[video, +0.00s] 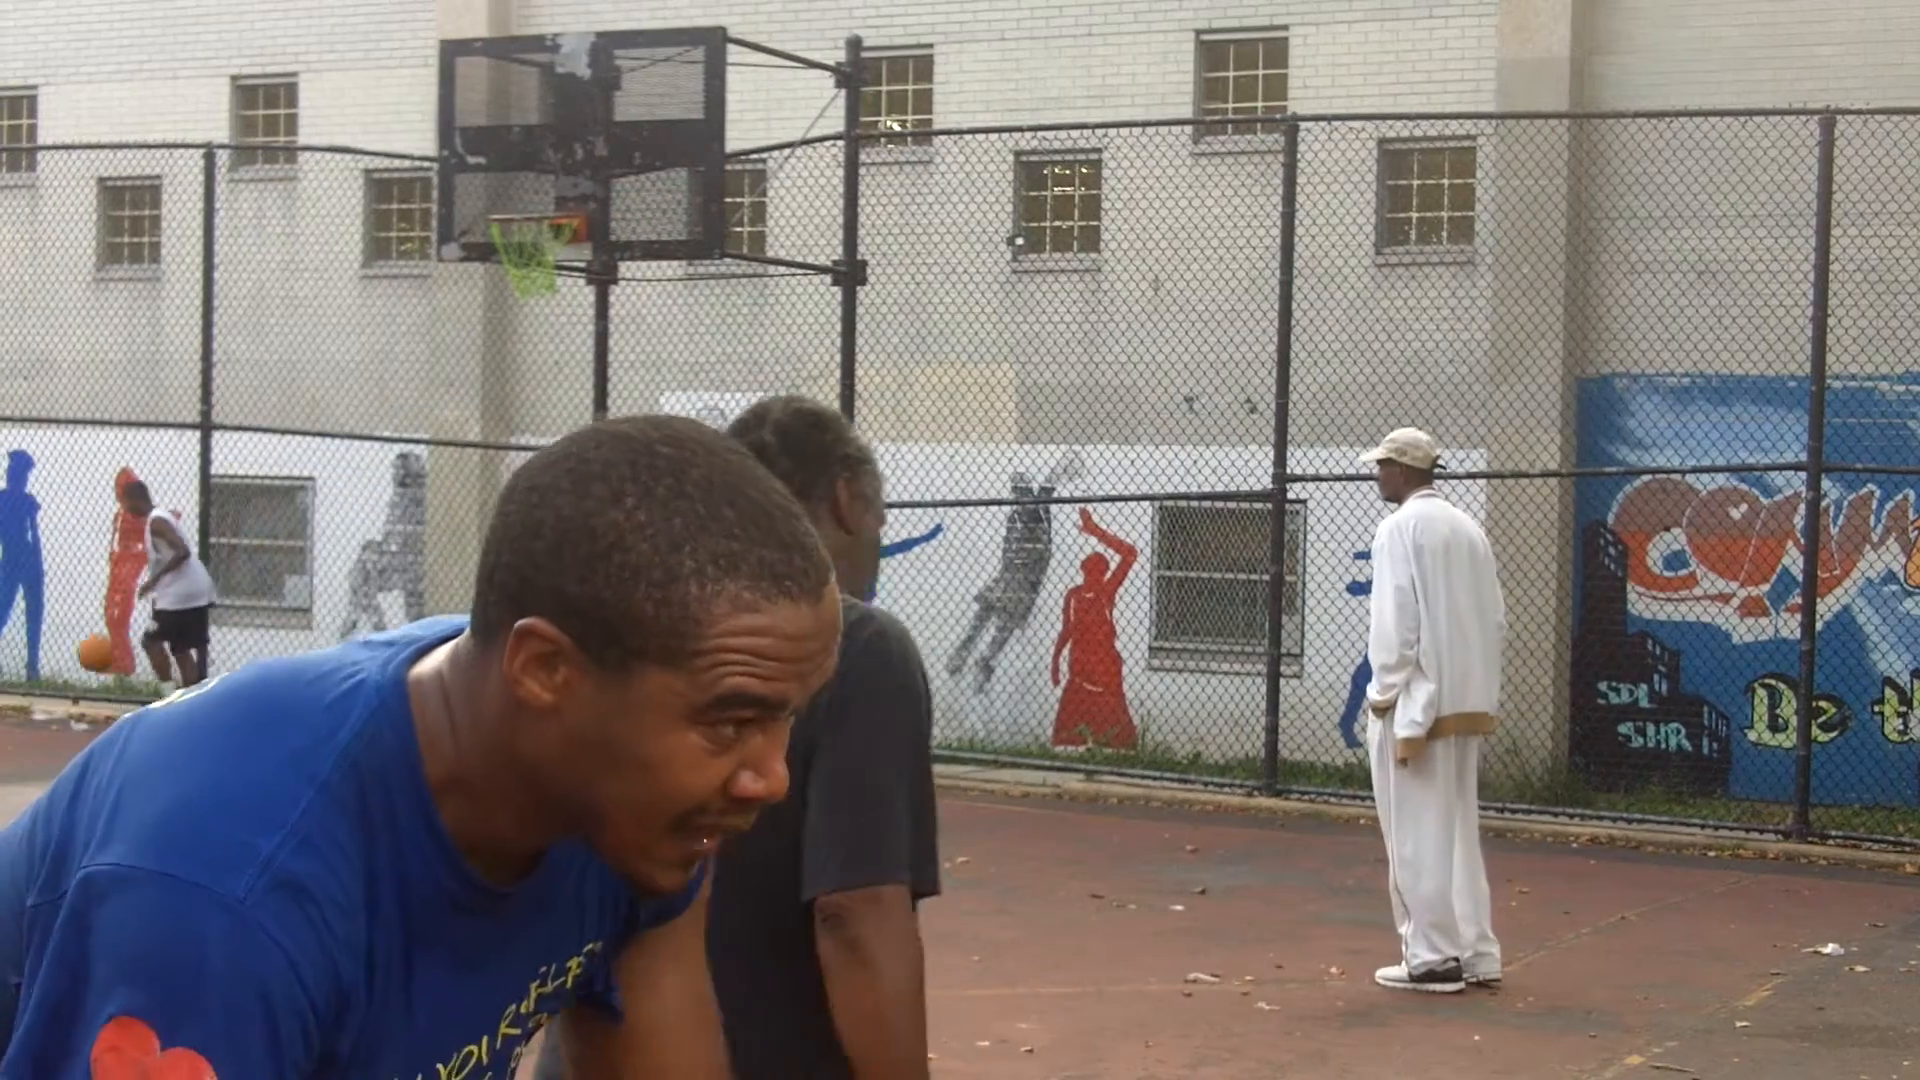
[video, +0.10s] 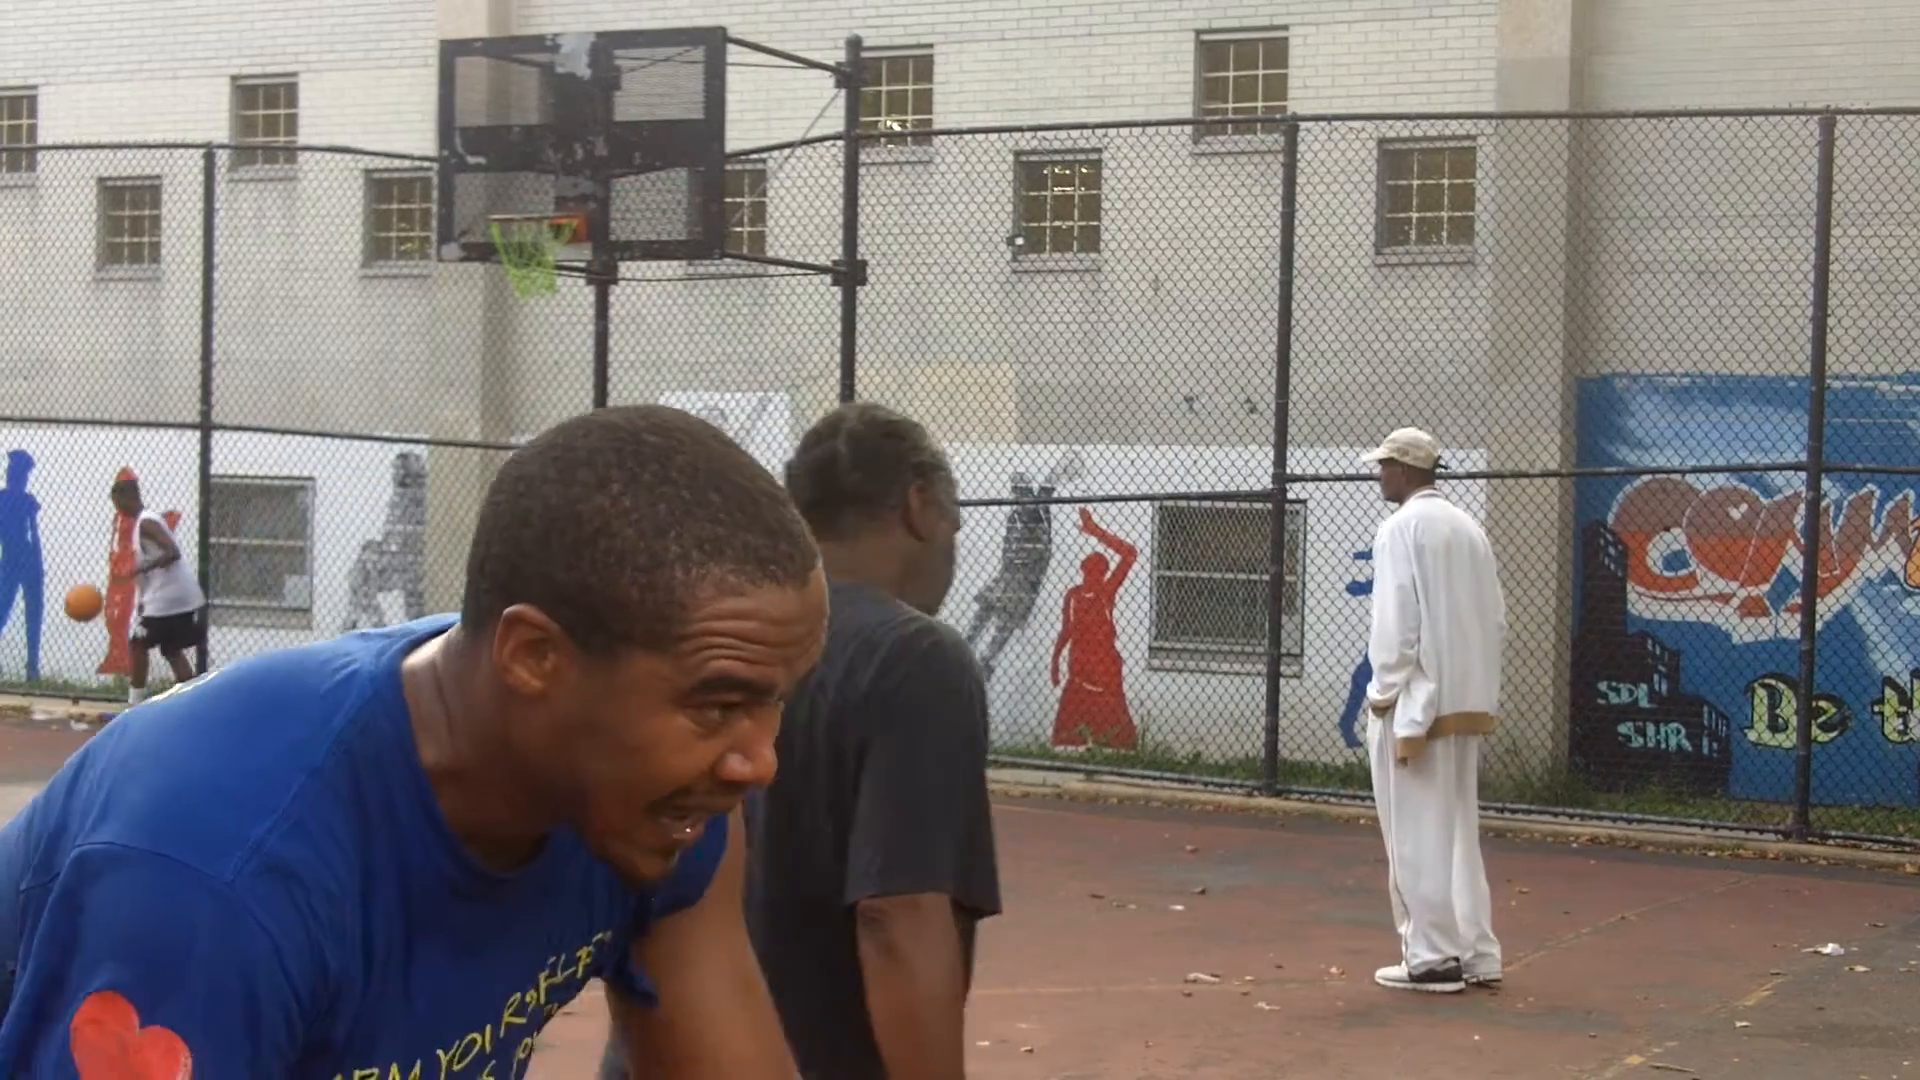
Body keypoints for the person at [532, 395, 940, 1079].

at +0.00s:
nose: (883, 532)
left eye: (884, 510)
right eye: (878, 508)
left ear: (755, 504)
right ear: (844, 501)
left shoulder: (672, 621)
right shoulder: (863, 645)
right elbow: (855, 913)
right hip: (791, 1052)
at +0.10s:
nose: (956, 548)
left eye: (961, 523)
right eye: (957, 519)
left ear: (806, 517)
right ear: (919, 506)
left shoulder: (737, 627)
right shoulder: (916, 656)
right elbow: (895, 914)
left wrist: (635, 1047)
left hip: (685, 1047)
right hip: (837, 1058)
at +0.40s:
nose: (1189, 571)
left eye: (1192, 546)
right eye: (1188, 540)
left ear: (1047, 533)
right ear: (1152, 528)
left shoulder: (921, 639)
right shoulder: (1147, 686)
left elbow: (859, 883)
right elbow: (1141, 949)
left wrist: (896, 1037)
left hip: (904, 1061)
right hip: (1066, 1062)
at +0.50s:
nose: (1243, 553)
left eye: (1244, 527)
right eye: (1241, 524)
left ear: (1094, 524)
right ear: (1208, 515)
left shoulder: (976, 629)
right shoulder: (1216, 670)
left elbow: (914, 869)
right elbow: (1234, 926)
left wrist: (936, 1037)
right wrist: (1283, 1067)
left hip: (991, 1049)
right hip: (1160, 1054)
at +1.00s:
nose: (1457, 554)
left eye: (1455, 531)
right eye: (1453, 529)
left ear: (1326, 541)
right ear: (1425, 522)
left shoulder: (1228, 646)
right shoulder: (1457, 655)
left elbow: (1169, 870)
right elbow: (1504, 881)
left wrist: (1155, 1036)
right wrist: (1580, 1062)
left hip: (1229, 1047)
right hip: (1406, 1054)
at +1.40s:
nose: (1672, 573)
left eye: (1674, 552)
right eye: (1669, 550)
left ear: (1545, 546)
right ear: (1634, 540)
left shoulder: (1443, 640)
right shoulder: (1644, 668)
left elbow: (1388, 838)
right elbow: (1633, 879)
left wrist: (1453, 968)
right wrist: (1668, 1065)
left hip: (1416, 1043)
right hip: (1570, 1053)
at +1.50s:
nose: (1734, 571)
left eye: (1734, 548)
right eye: (1730, 546)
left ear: (1610, 548)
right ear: (1701, 541)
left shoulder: (1504, 636)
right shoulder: (1708, 673)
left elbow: (1449, 838)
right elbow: (1699, 886)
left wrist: (1494, 973)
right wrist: (1729, 1063)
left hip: (1485, 1044)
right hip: (1637, 1052)